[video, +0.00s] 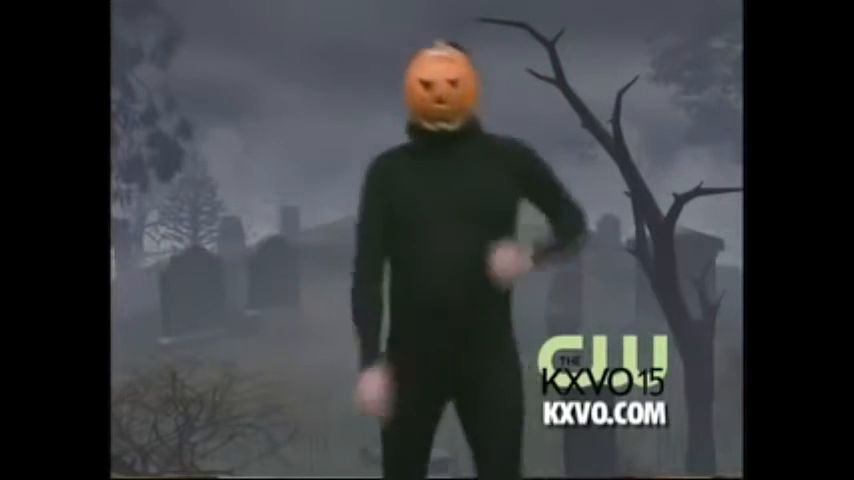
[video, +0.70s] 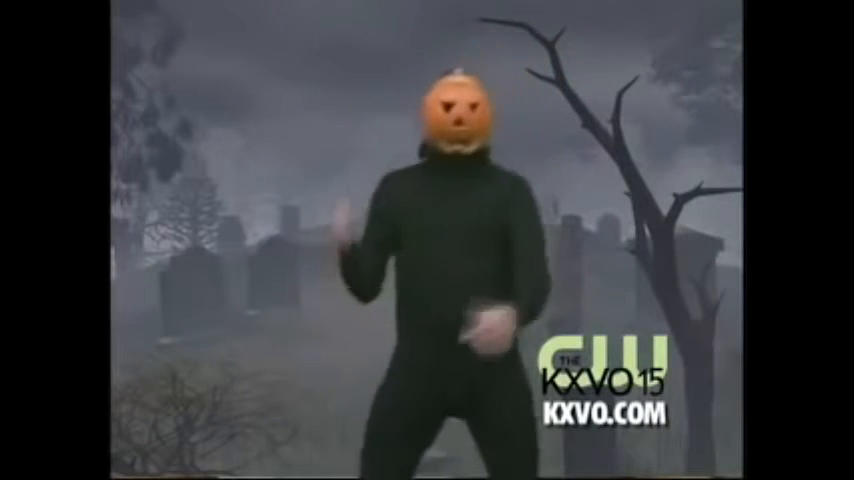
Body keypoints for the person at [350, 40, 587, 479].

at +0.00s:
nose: (440, 93)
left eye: (453, 82)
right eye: (426, 83)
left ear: (473, 92)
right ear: (408, 94)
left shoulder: (508, 159)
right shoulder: (388, 171)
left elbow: (573, 229)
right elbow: (367, 271)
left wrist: (531, 256)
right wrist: (370, 360)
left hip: (487, 354)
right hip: (413, 355)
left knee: (501, 471)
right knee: (401, 472)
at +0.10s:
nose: (471, 110)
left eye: (483, 99)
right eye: (457, 100)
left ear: (502, 110)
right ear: (437, 110)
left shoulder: (525, 183)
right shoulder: (410, 184)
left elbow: (569, 283)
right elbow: (378, 278)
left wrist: (507, 314)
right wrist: (356, 367)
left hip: (504, 375)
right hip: (425, 372)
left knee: (517, 471)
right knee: (392, 471)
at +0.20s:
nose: (487, 120)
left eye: (500, 110)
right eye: (473, 111)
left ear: (516, 125)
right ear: (452, 125)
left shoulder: (535, 203)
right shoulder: (430, 197)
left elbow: (547, 310)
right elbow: (397, 265)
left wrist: (462, 283)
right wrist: (360, 331)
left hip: (508, 379)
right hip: (434, 371)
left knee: (527, 471)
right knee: (359, 468)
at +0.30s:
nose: (487, 101)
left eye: (499, 92)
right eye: (474, 91)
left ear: (518, 111)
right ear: (453, 109)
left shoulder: (533, 187)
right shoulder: (435, 178)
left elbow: (517, 288)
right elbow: (417, 243)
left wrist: (446, 221)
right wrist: (380, 284)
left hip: (508, 361)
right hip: (436, 349)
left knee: (519, 471)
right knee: (343, 439)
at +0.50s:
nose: (488, 79)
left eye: (502, 70)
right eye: (476, 69)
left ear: (518, 84)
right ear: (456, 82)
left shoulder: (533, 153)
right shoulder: (424, 149)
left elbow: (526, 240)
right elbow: (407, 226)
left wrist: (460, 251)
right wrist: (375, 269)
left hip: (498, 338)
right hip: (423, 335)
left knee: (510, 468)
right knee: (394, 464)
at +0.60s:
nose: (474, 98)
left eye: (487, 90)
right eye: (461, 89)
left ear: (502, 103)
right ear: (442, 103)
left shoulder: (523, 172)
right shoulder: (412, 174)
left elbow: (530, 255)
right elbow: (386, 253)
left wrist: (493, 310)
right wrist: (355, 276)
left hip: (495, 357)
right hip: (420, 353)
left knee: (509, 470)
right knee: (398, 468)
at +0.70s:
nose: (460, 114)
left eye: (472, 106)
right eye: (448, 105)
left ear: (488, 118)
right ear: (426, 117)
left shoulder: (510, 190)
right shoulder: (398, 188)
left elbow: (534, 279)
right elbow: (366, 286)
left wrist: (514, 313)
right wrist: (348, 248)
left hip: (494, 372)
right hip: (418, 369)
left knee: (518, 471)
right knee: (380, 471)